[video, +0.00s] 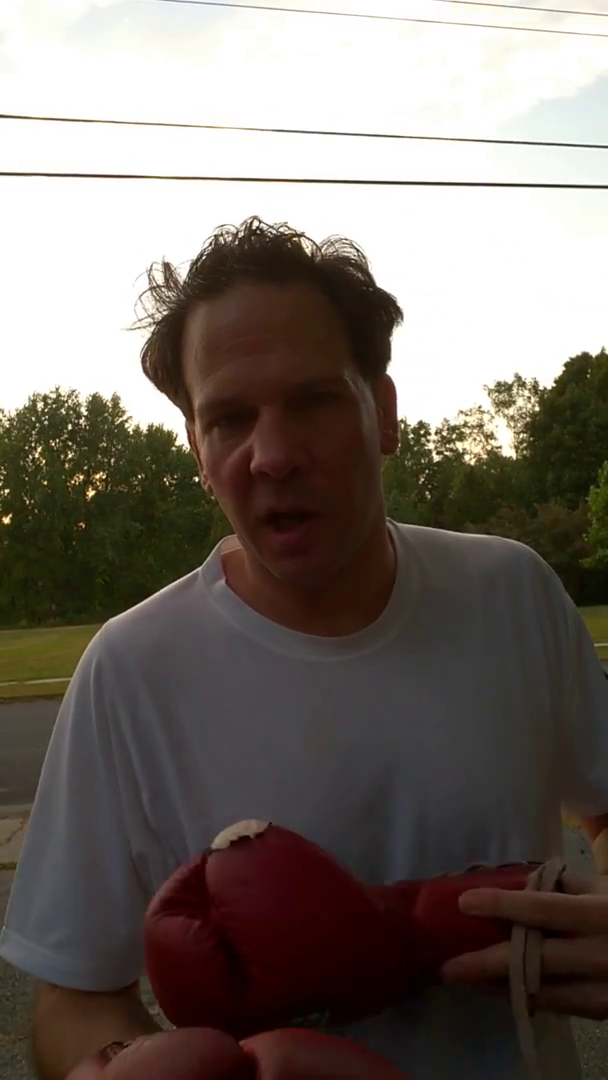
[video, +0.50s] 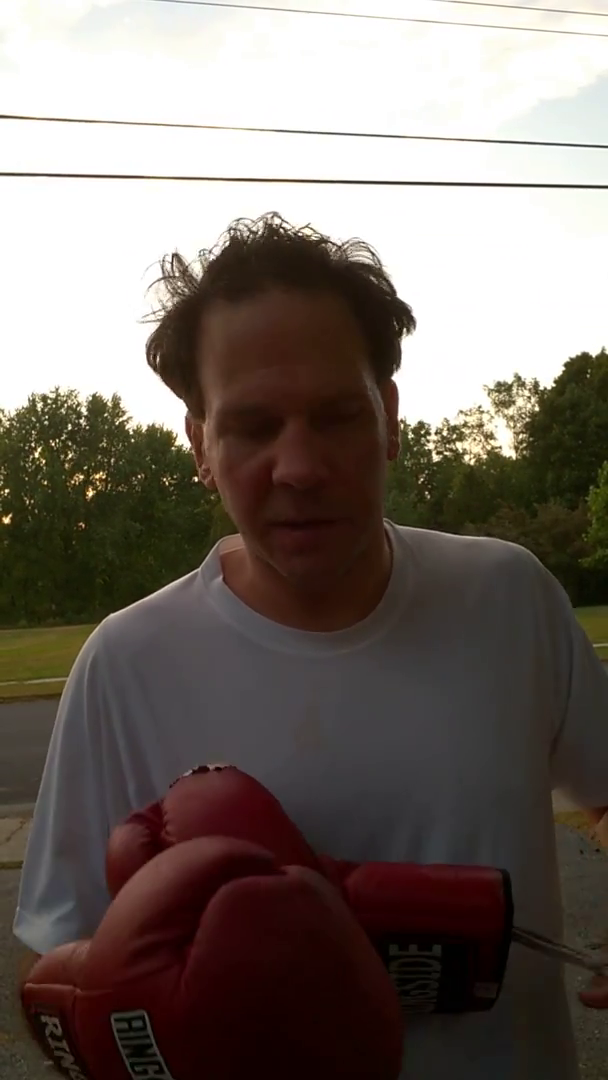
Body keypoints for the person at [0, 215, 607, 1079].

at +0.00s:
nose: (273, 455)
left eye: (313, 401)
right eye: (230, 419)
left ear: (384, 415)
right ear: (199, 455)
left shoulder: (514, 596)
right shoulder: (130, 670)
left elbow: (603, 813)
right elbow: (76, 993)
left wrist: (597, 935)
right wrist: (133, 1056)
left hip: (510, 1063)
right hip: (259, 1070)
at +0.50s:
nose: (300, 467)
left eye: (336, 418)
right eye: (255, 426)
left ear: (389, 423)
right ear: (201, 450)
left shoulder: (512, 600)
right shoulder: (125, 666)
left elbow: (605, 791)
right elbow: (53, 945)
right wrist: (111, 969)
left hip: (518, 1064)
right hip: (247, 1070)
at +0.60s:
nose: (354, 505)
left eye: (382, 453)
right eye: (303, 459)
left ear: (410, 436)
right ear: (216, 454)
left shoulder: (506, 599)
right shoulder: (124, 666)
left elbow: (606, 788)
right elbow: (40, 946)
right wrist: (91, 930)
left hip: (519, 1064)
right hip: (248, 1067)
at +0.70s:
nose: (389, 543)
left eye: (417, 489)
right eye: (339, 499)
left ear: (437, 446)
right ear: (231, 464)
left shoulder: (503, 601)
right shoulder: (126, 667)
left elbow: (601, 790)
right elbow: (43, 977)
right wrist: (75, 927)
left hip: (524, 1064)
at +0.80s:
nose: (394, 554)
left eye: (425, 502)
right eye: (346, 512)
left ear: (446, 456)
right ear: (241, 471)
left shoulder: (504, 601)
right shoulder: (129, 664)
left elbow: (594, 790)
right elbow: (53, 971)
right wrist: (84, 922)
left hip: (521, 1064)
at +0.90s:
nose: (397, 555)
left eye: (428, 503)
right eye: (348, 513)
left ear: (449, 457)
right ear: (243, 471)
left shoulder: (501, 601)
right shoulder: (129, 662)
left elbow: (588, 794)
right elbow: (46, 979)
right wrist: (72, 924)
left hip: (518, 1064)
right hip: (253, 1066)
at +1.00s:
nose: (403, 552)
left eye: (432, 502)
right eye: (354, 511)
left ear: (454, 459)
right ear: (248, 468)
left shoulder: (501, 601)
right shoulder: (130, 659)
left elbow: (588, 796)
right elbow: (42, 983)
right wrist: (89, 911)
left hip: (518, 1065)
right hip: (252, 1066)